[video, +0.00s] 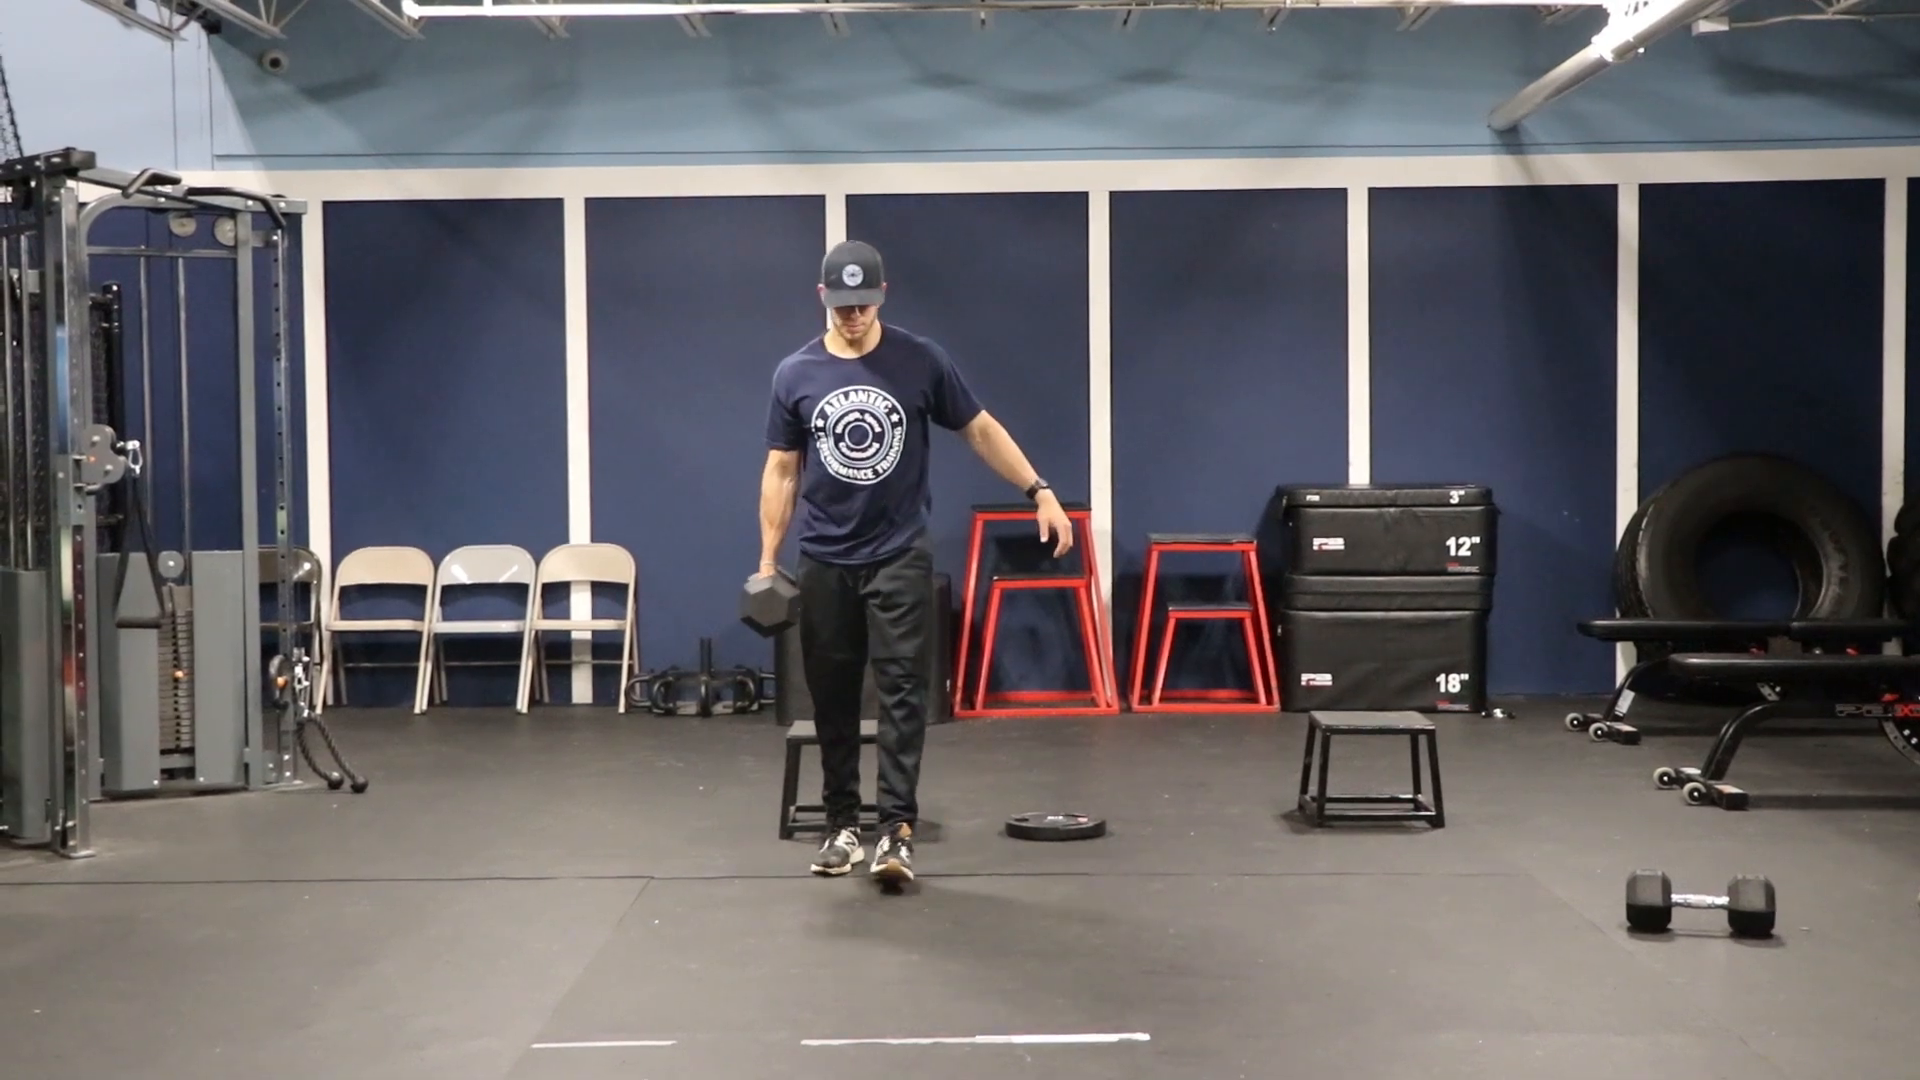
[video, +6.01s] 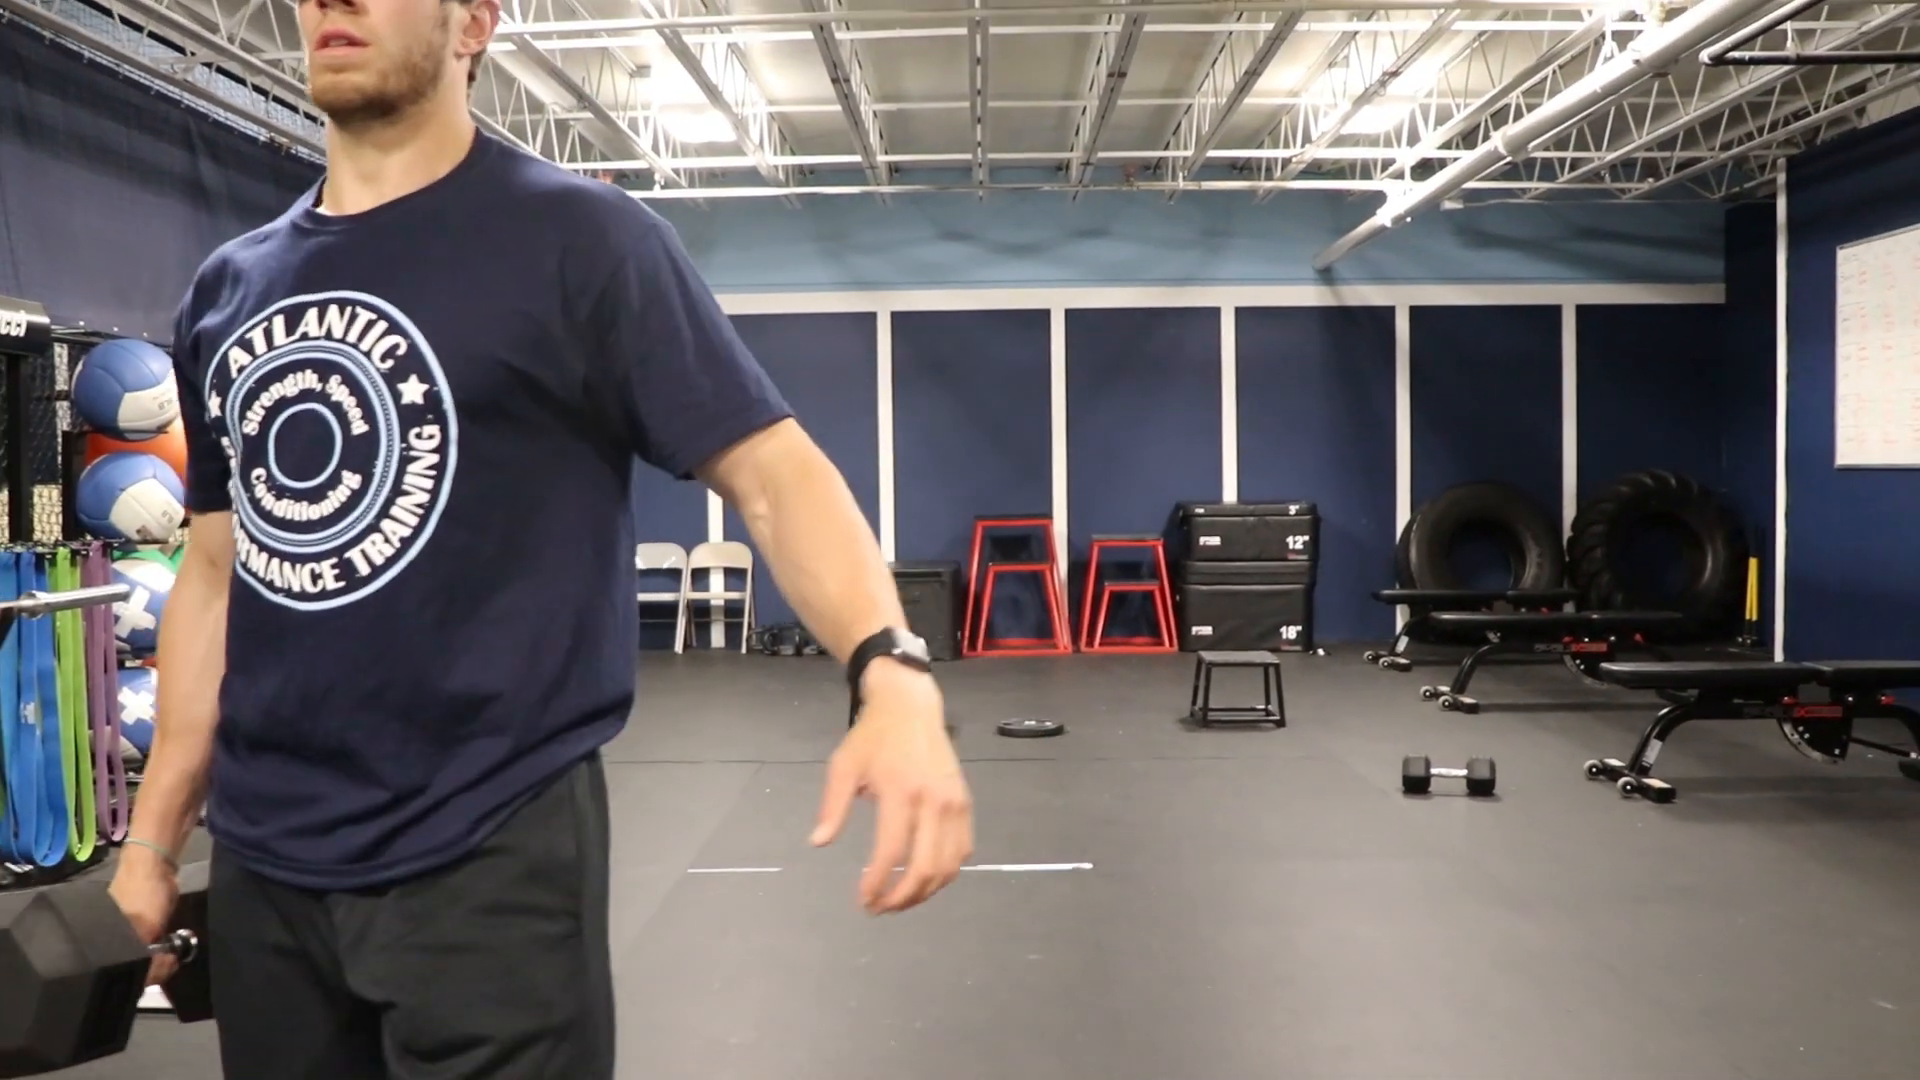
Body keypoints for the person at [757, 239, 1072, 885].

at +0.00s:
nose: (852, 315)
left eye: (863, 304)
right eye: (842, 304)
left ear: (881, 297)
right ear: (823, 298)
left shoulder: (921, 362)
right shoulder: (794, 375)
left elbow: (980, 428)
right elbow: (781, 469)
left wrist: (1040, 491)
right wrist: (768, 561)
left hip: (898, 551)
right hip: (822, 555)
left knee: (901, 687)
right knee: (832, 695)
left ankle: (896, 831)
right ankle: (843, 826)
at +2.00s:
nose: (845, 249)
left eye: (860, 236)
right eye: (831, 237)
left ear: (887, 250)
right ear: (811, 252)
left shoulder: (934, 353)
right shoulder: (772, 357)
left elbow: (1010, 437)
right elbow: (746, 476)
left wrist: (1077, 491)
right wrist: (722, 588)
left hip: (893, 601)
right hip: (791, 600)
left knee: (887, 778)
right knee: (790, 784)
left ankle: (874, 918)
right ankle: (784, 971)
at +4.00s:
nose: (737, 160)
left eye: (761, 143)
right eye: (719, 142)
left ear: (797, 169)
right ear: (692, 161)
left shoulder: (858, 312)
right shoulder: (619, 310)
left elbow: (972, 458)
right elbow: (588, 487)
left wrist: (1080, 581)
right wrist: (546, 658)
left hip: (773, 666)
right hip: (626, 662)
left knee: (759, 933)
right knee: (615, 916)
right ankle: (672, 1061)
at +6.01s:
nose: (334, 2)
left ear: (472, 22)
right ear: (299, 24)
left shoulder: (583, 243)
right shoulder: (227, 289)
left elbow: (772, 471)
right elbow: (210, 575)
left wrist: (894, 682)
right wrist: (150, 842)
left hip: (491, 854)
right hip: (269, 864)